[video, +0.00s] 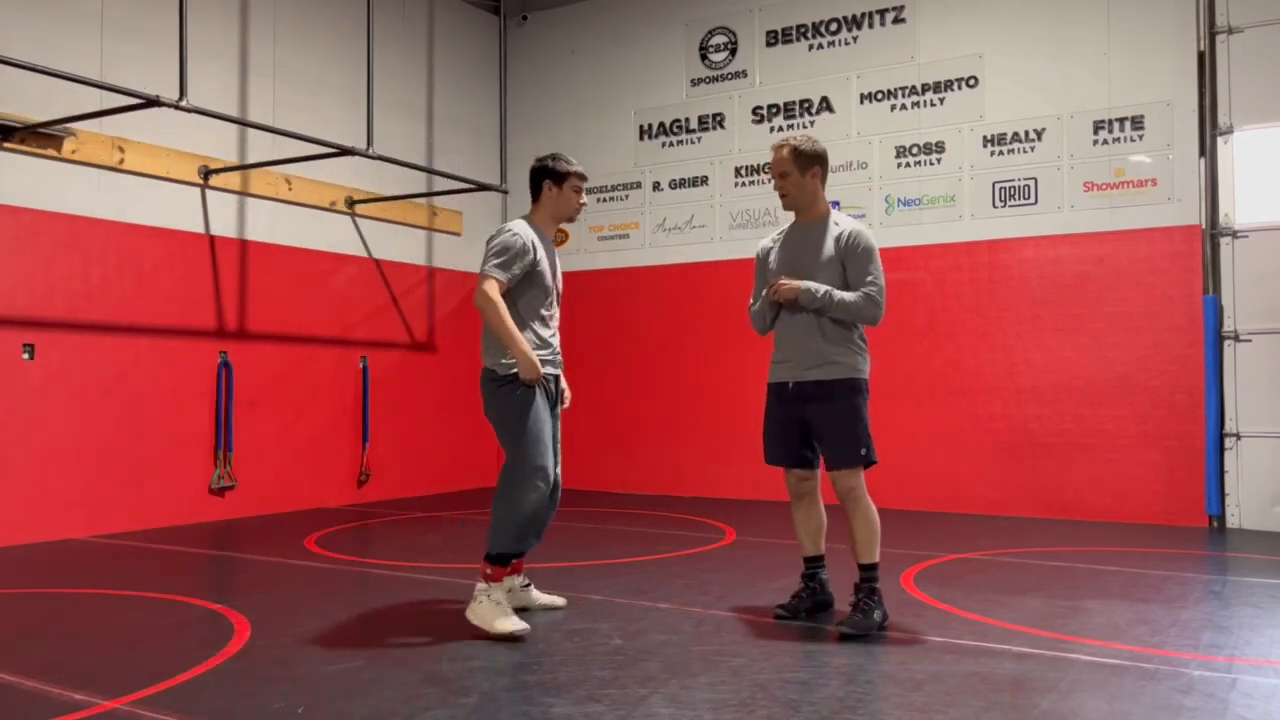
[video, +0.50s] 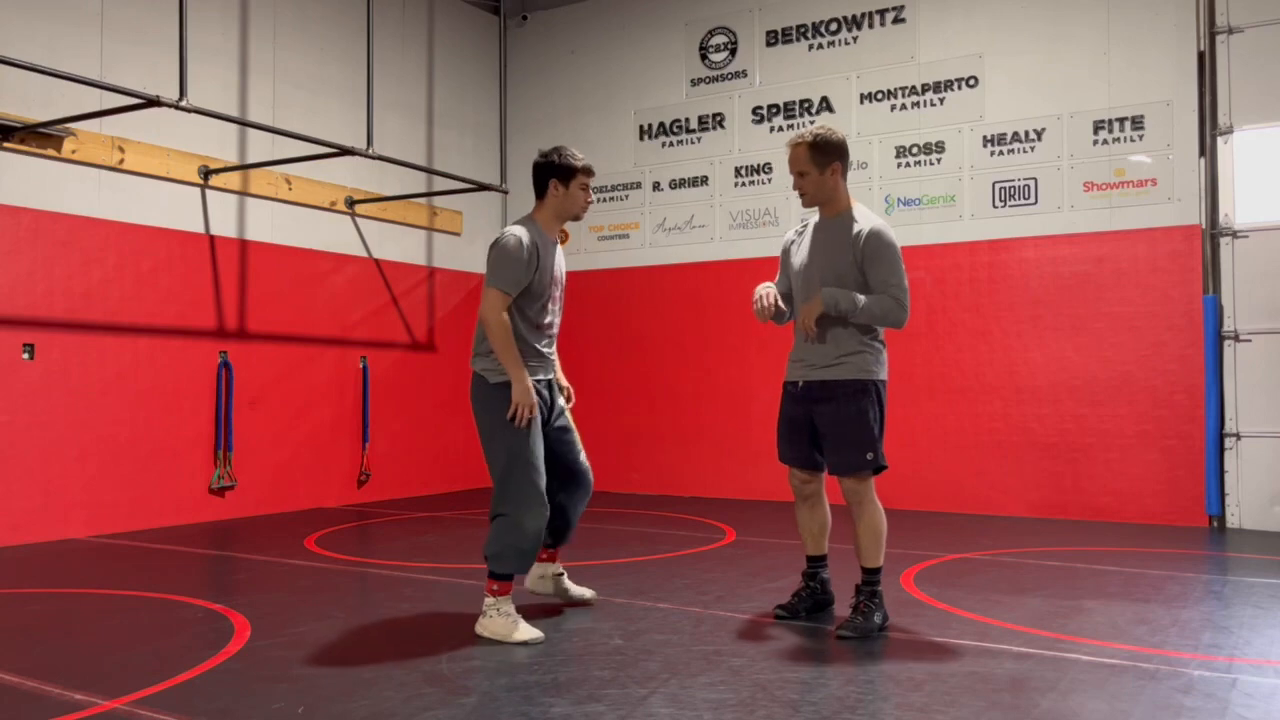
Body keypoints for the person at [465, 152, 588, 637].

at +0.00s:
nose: (583, 199)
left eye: (584, 192)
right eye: (577, 190)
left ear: (558, 193)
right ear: (548, 189)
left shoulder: (547, 249)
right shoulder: (516, 236)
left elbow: (543, 319)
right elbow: (486, 294)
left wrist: (558, 372)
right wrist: (521, 353)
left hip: (541, 381)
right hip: (515, 380)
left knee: (547, 480)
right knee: (530, 475)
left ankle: (511, 580)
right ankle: (487, 591)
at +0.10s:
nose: (584, 199)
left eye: (585, 192)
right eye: (577, 190)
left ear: (557, 194)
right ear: (547, 190)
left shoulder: (546, 248)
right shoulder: (515, 238)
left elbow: (544, 320)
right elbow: (488, 296)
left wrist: (560, 377)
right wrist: (524, 357)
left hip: (545, 385)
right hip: (517, 385)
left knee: (549, 486)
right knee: (525, 485)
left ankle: (513, 583)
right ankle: (494, 605)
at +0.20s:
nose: (583, 196)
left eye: (584, 188)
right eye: (576, 187)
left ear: (556, 191)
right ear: (546, 187)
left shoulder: (545, 246)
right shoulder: (514, 237)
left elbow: (541, 316)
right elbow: (489, 297)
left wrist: (557, 372)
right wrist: (526, 357)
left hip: (545, 383)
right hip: (517, 383)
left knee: (554, 487)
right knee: (528, 485)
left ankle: (514, 583)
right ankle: (496, 606)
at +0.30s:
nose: (584, 196)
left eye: (585, 188)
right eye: (577, 187)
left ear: (556, 190)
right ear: (546, 186)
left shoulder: (545, 244)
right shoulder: (513, 237)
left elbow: (543, 315)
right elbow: (490, 297)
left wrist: (559, 365)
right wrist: (525, 360)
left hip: (545, 383)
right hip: (514, 385)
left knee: (560, 488)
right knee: (528, 489)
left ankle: (517, 580)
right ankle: (495, 608)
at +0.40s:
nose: (586, 197)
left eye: (587, 188)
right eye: (579, 187)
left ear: (558, 191)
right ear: (548, 186)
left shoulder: (546, 246)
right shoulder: (514, 239)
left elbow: (543, 321)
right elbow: (490, 304)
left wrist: (559, 372)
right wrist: (523, 370)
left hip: (544, 386)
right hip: (510, 389)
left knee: (574, 480)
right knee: (527, 492)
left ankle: (527, 569)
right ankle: (496, 607)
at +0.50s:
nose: (591, 197)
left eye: (591, 189)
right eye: (584, 188)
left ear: (562, 191)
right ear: (554, 188)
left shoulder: (554, 246)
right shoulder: (515, 242)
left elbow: (542, 324)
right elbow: (492, 313)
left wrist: (558, 376)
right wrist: (520, 379)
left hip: (544, 385)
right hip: (506, 387)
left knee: (574, 482)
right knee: (524, 495)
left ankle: (545, 569)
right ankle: (496, 608)